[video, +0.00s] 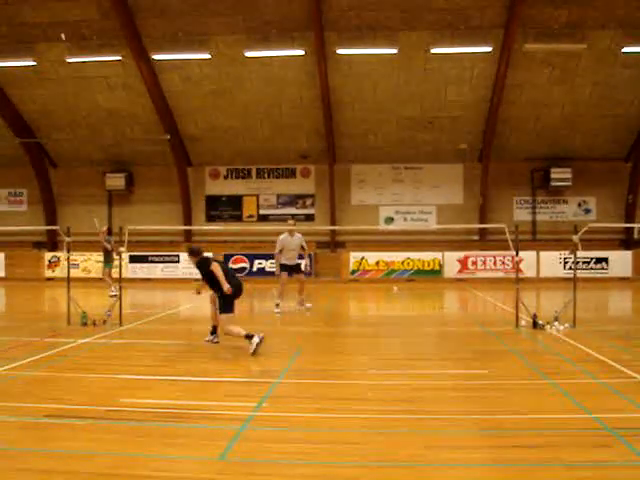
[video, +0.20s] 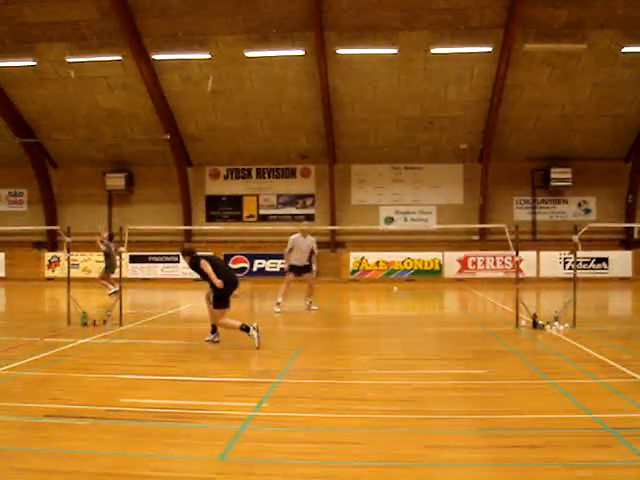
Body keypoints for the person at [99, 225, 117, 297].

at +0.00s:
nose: (102, 234)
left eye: (104, 232)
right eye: (102, 232)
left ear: (107, 232)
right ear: (103, 232)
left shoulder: (109, 239)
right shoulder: (106, 239)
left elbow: (110, 248)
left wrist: (103, 241)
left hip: (109, 260)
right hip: (107, 260)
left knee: (106, 275)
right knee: (109, 275)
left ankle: (113, 289)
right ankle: (113, 288)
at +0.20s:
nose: (104, 237)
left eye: (105, 235)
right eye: (104, 235)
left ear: (108, 237)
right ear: (111, 238)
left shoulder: (107, 244)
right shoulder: (113, 244)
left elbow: (104, 249)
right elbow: (118, 251)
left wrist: (98, 241)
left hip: (109, 264)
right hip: (113, 264)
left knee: (101, 277)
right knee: (107, 277)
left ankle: (111, 288)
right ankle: (115, 286)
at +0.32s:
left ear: (106, 237)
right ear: (111, 237)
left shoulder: (105, 243)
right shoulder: (112, 244)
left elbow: (98, 241)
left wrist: (96, 234)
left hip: (107, 264)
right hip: (112, 264)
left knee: (98, 276)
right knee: (107, 277)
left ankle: (111, 287)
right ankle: (115, 286)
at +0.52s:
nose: (103, 225)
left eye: (105, 224)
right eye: (104, 223)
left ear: (108, 227)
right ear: (106, 226)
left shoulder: (107, 235)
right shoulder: (104, 234)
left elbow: (99, 233)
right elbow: (98, 232)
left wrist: (94, 227)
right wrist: (94, 226)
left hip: (103, 255)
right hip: (100, 254)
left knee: (103, 273)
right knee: (103, 272)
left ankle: (112, 284)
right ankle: (111, 283)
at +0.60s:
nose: (103, 225)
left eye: (106, 225)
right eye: (104, 224)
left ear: (108, 227)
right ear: (105, 225)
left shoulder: (106, 234)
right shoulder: (103, 232)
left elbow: (101, 242)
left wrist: (97, 236)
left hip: (101, 254)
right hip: (97, 253)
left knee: (103, 270)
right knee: (101, 270)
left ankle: (110, 281)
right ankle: (108, 281)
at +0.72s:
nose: (103, 228)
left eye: (105, 228)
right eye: (103, 227)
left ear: (107, 231)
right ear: (102, 228)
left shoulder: (105, 239)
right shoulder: (98, 236)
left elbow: (99, 248)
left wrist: (96, 240)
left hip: (100, 255)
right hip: (94, 254)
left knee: (100, 272)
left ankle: (107, 286)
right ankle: (104, 282)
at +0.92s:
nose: (92, 234)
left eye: (94, 232)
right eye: (91, 232)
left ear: (97, 234)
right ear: (90, 233)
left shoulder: (98, 243)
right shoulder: (88, 242)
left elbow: (100, 254)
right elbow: (86, 253)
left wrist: (89, 252)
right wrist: (89, 262)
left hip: (96, 261)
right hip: (88, 259)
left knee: (99, 277)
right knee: (78, 272)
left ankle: (106, 288)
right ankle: (76, 288)